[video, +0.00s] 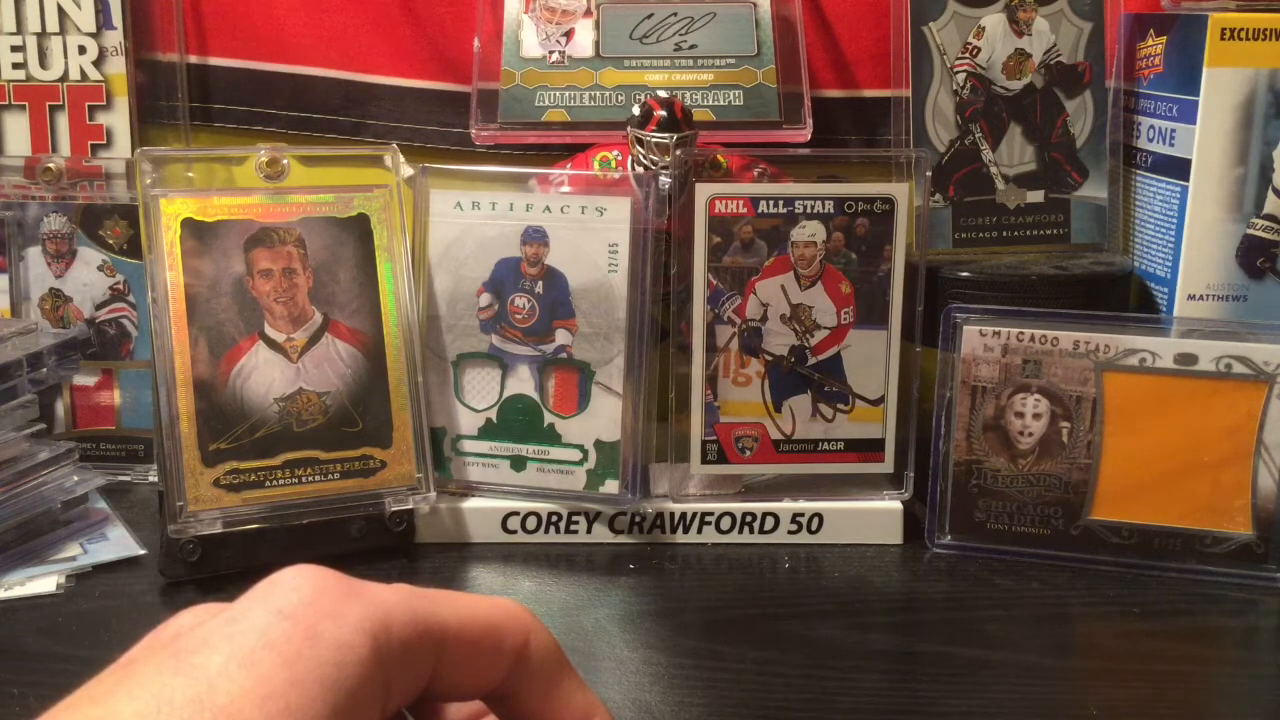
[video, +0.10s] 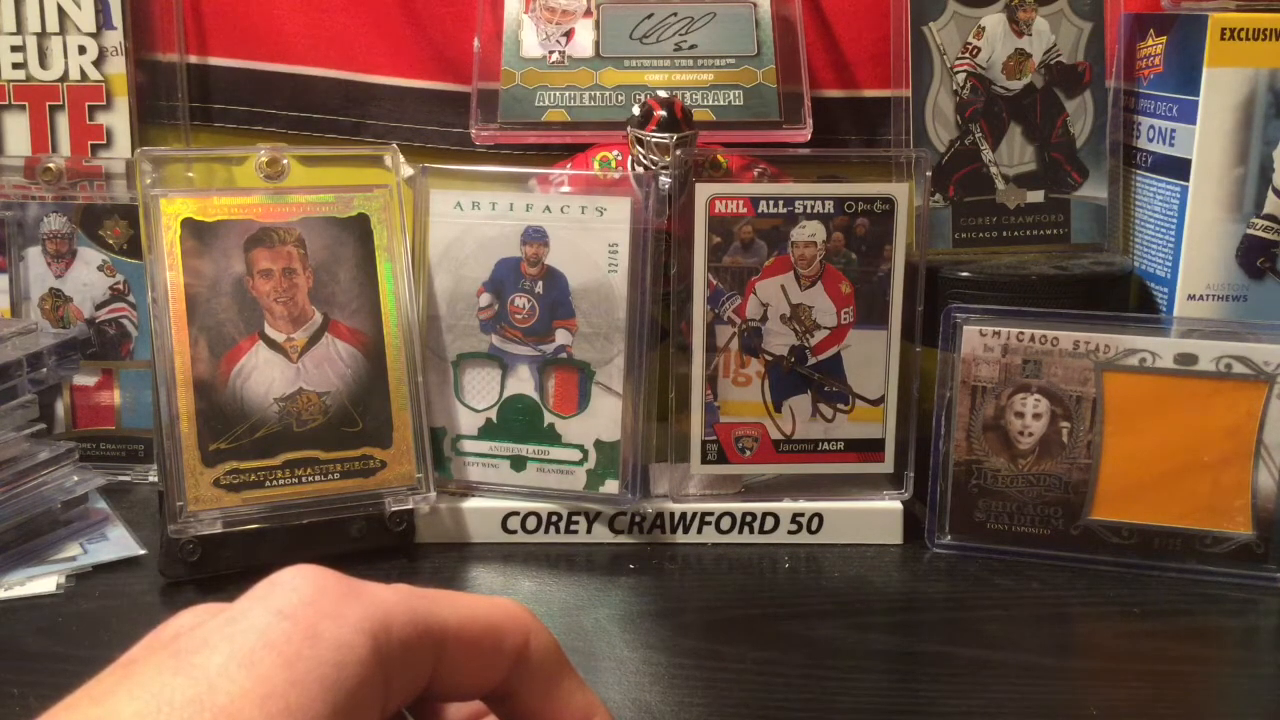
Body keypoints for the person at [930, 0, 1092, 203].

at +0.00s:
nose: (1028, 16)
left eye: (1033, 10)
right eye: (1023, 10)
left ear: (1037, 10)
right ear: (1011, 8)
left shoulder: (1041, 27)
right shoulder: (991, 25)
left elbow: (1051, 61)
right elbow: (965, 63)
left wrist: (1068, 73)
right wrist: (970, 97)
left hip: (1028, 91)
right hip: (993, 93)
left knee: (1056, 121)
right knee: (980, 137)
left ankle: (1063, 176)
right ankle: (942, 185)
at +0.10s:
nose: (1028, 16)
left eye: (1032, 10)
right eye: (1023, 10)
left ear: (1037, 10)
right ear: (1011, 8)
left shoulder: (1041, 27)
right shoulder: (991, 25)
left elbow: (1051, 61)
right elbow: (965, 63)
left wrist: (1068, 74)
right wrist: (970, 98)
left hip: (1028, 91)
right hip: (993, 93)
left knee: (1056, 122)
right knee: (980, 138)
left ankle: (1063, 176)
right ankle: (942, 185)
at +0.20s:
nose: (1028, 16)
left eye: (1033, 10)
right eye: (1023, 10)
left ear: (1037, 10)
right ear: (1011, 8)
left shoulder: (1042, 27)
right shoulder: (991, 25)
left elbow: (1051, 62)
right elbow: (964, 63)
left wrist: (1068, 74)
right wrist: (970, 98)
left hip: (1028, 91)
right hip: (993, 93)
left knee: (1056, 122)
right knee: (980, 138)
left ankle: (1063, 177)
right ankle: (942, 185)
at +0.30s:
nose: (1028, 16)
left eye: (1033, 10)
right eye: (1023, 10)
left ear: (1037, 10)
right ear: (1011, 8)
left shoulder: (1042, 27)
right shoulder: (991, 25)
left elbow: (1051, 62)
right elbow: (964, 63)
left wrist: (1068, 73)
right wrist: (970, 99)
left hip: (1028, 91)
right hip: (993, 93)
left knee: (1056, 122)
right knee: (980, 138)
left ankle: (1063, 177)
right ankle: (942, 186)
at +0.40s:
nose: (1029, 16)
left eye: (1033, 10)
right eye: (1023, 10)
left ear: (1037, 10)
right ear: (1011, 8)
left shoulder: (1041, 27)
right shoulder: (991, 26)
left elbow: (1051, 60)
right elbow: (965, 63)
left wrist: (1067, 75)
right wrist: (969, 98)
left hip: (1026, 92)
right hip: (992, 94)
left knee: (1056, 123)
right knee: (979, 140)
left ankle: (1063, 178)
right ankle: (941, 185)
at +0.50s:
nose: (1029, 15)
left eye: (1033, 10)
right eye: (1023, 9)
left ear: (1037, 9)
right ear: (1011, 8)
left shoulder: (1041, 27)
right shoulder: (991, 26)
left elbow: (1051, 58)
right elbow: (965, 62)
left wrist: (1066, 74)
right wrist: (968, 98)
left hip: (1024, 93)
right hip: (992, 94)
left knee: (1052, 132)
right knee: (979, 142)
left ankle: (1060, 185)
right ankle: (940, 184)